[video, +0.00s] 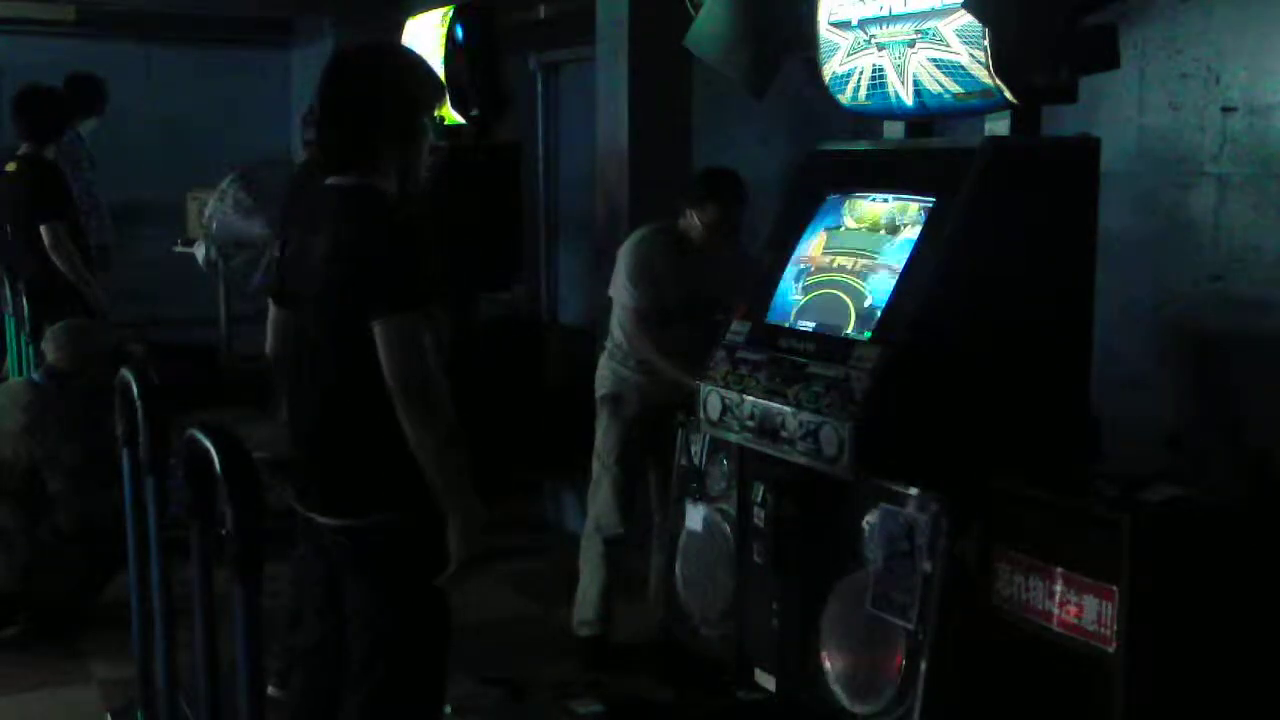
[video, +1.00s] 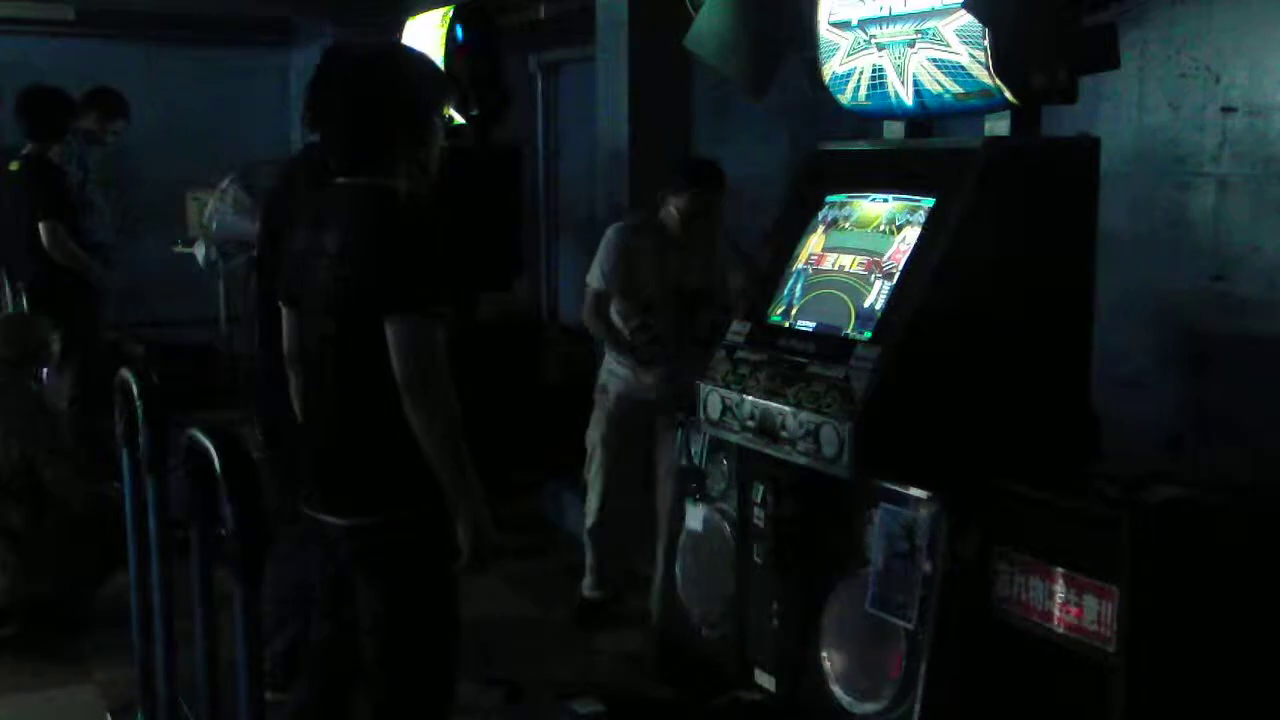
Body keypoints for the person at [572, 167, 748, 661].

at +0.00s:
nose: (720, 233)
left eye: (726, 223)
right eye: (714, 221)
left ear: (732, 221)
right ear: (690, 212)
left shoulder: (720, 258)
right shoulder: (645, 249)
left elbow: (737, 319)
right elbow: (631, 333)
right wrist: (686, 378)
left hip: (680, 389)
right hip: (626, 385)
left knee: (674, 507)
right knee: (612, 507)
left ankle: (667, 623)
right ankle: (591, 625)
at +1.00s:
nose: (693, 217)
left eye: (702, 208)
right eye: (688, 205)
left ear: (712, 208)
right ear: (669, 196)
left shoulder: (711, 246)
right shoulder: (624, 238)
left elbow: (726, 311)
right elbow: (593, 311)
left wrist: (699, 361)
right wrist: (637, 361)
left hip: (681, 386)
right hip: (623, 384)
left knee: (676, 499)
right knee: (606, 495)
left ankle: (668, 605)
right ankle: (597, 592)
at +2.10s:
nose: (577, 221)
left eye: (581, 210)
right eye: (573, 211)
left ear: (606, 199)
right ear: (590, 207)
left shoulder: (652, 241)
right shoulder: (608, 242)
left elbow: (671, 325)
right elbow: (613, 318)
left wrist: (646, 392)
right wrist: (608, 379)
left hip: (655, 388)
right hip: (618, 384)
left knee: (644, 500)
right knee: (599, 494)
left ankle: (651, 602)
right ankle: (607, 592)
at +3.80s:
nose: (581, 211)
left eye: (585, 199)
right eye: (577, 201)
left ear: (608, 191)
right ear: (592, 198)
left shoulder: (648, 230)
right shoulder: (615, 232)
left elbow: (673, 304)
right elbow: (621, 307)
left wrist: (680, 381)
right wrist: (608, 365)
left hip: (643, 377)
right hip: (612, 374)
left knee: (641, 488)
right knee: (617, 485)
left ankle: (652, 594)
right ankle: (632, 583)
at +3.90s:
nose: (581, 208)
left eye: (585, 196)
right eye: (578, 198)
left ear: (609, 189)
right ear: (591, 196)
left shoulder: (649, 230)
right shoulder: (615, 233)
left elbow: (672, 301)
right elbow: (620, 305)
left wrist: (673, 380)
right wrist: (608, 362)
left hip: (642, 375)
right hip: (611, 371)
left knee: (640, 484)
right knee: (615, 482)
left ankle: (651, 589)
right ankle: (632, 581)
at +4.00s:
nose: (582, 203)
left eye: (586, 192)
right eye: (579, 194)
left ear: (610, 188)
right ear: (595, 192)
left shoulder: (649, 230)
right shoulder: (615, 233)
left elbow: (668, 304)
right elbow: (619, 308)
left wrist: (665, 380)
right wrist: (607, 365)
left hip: (641, 375)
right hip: (611, 372)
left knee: (642, 484)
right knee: (616, 482)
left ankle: (654, 586)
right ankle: (633, 580)